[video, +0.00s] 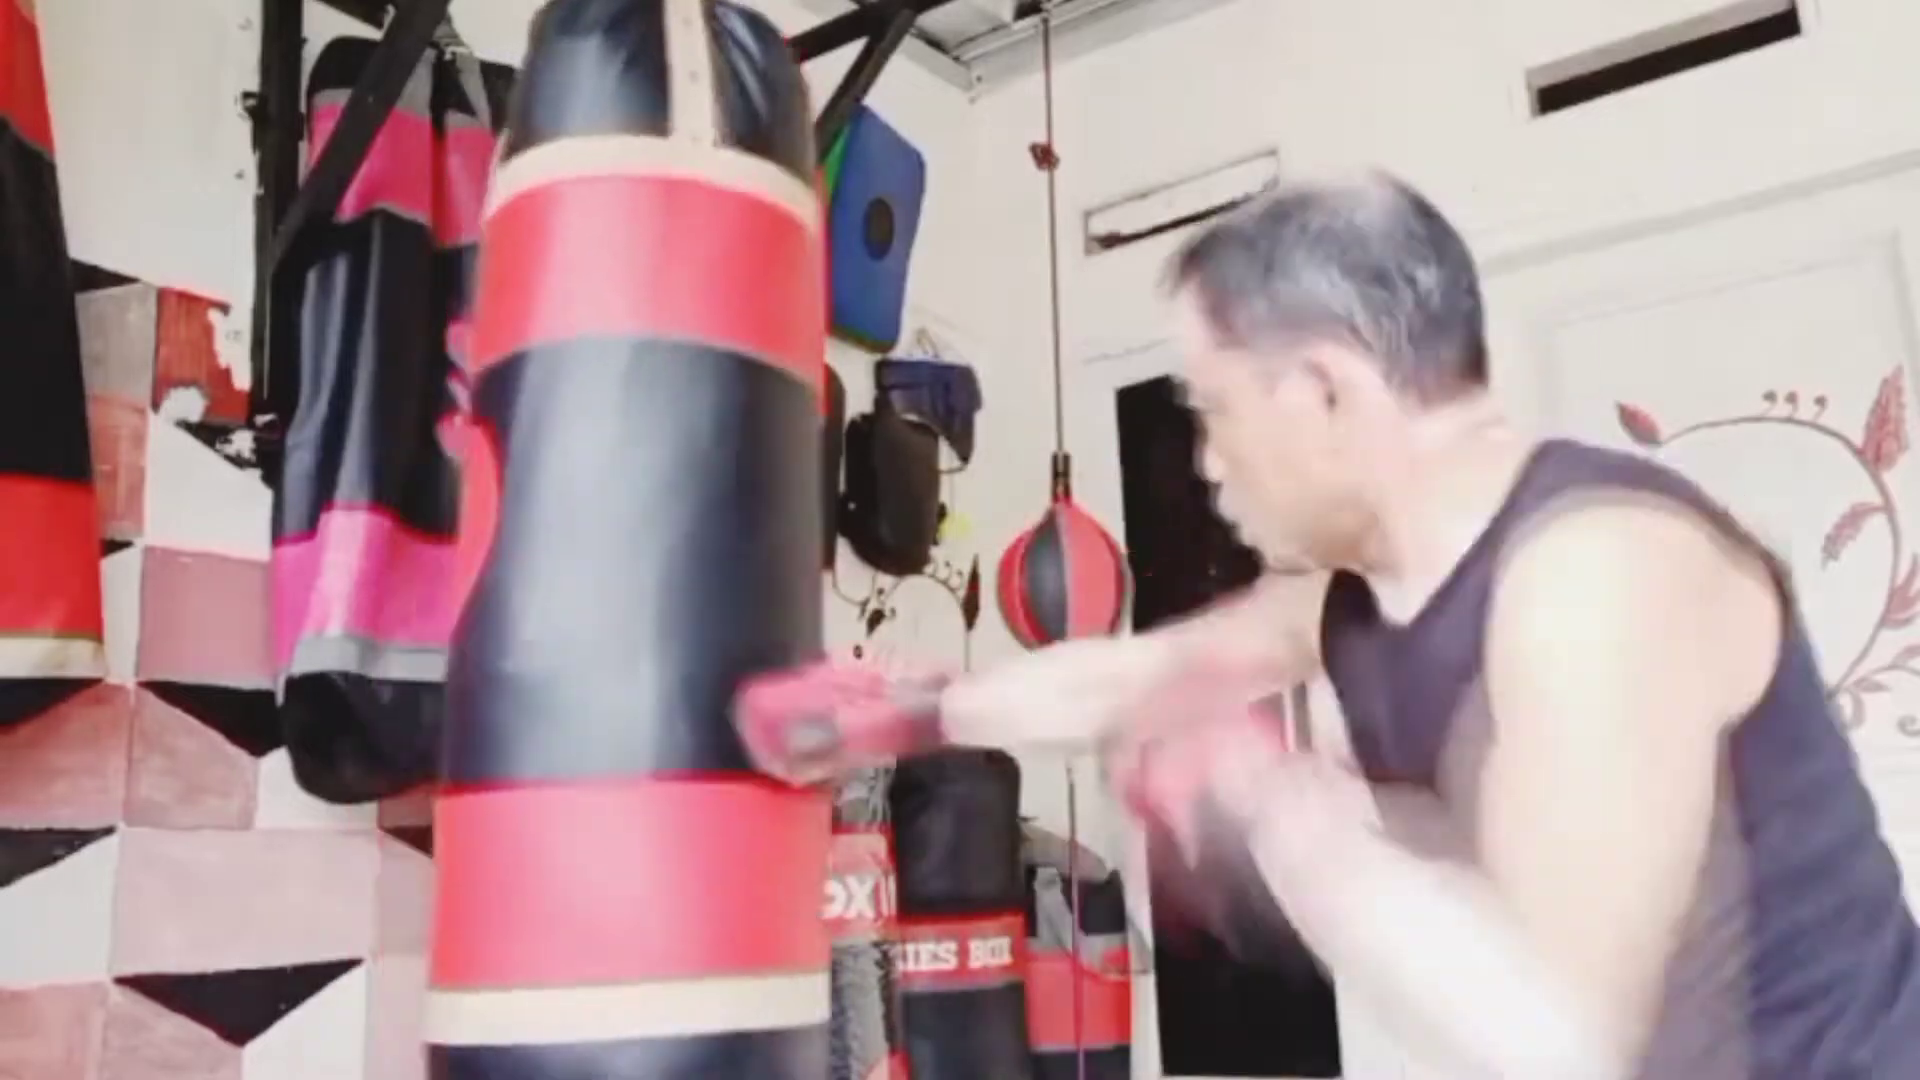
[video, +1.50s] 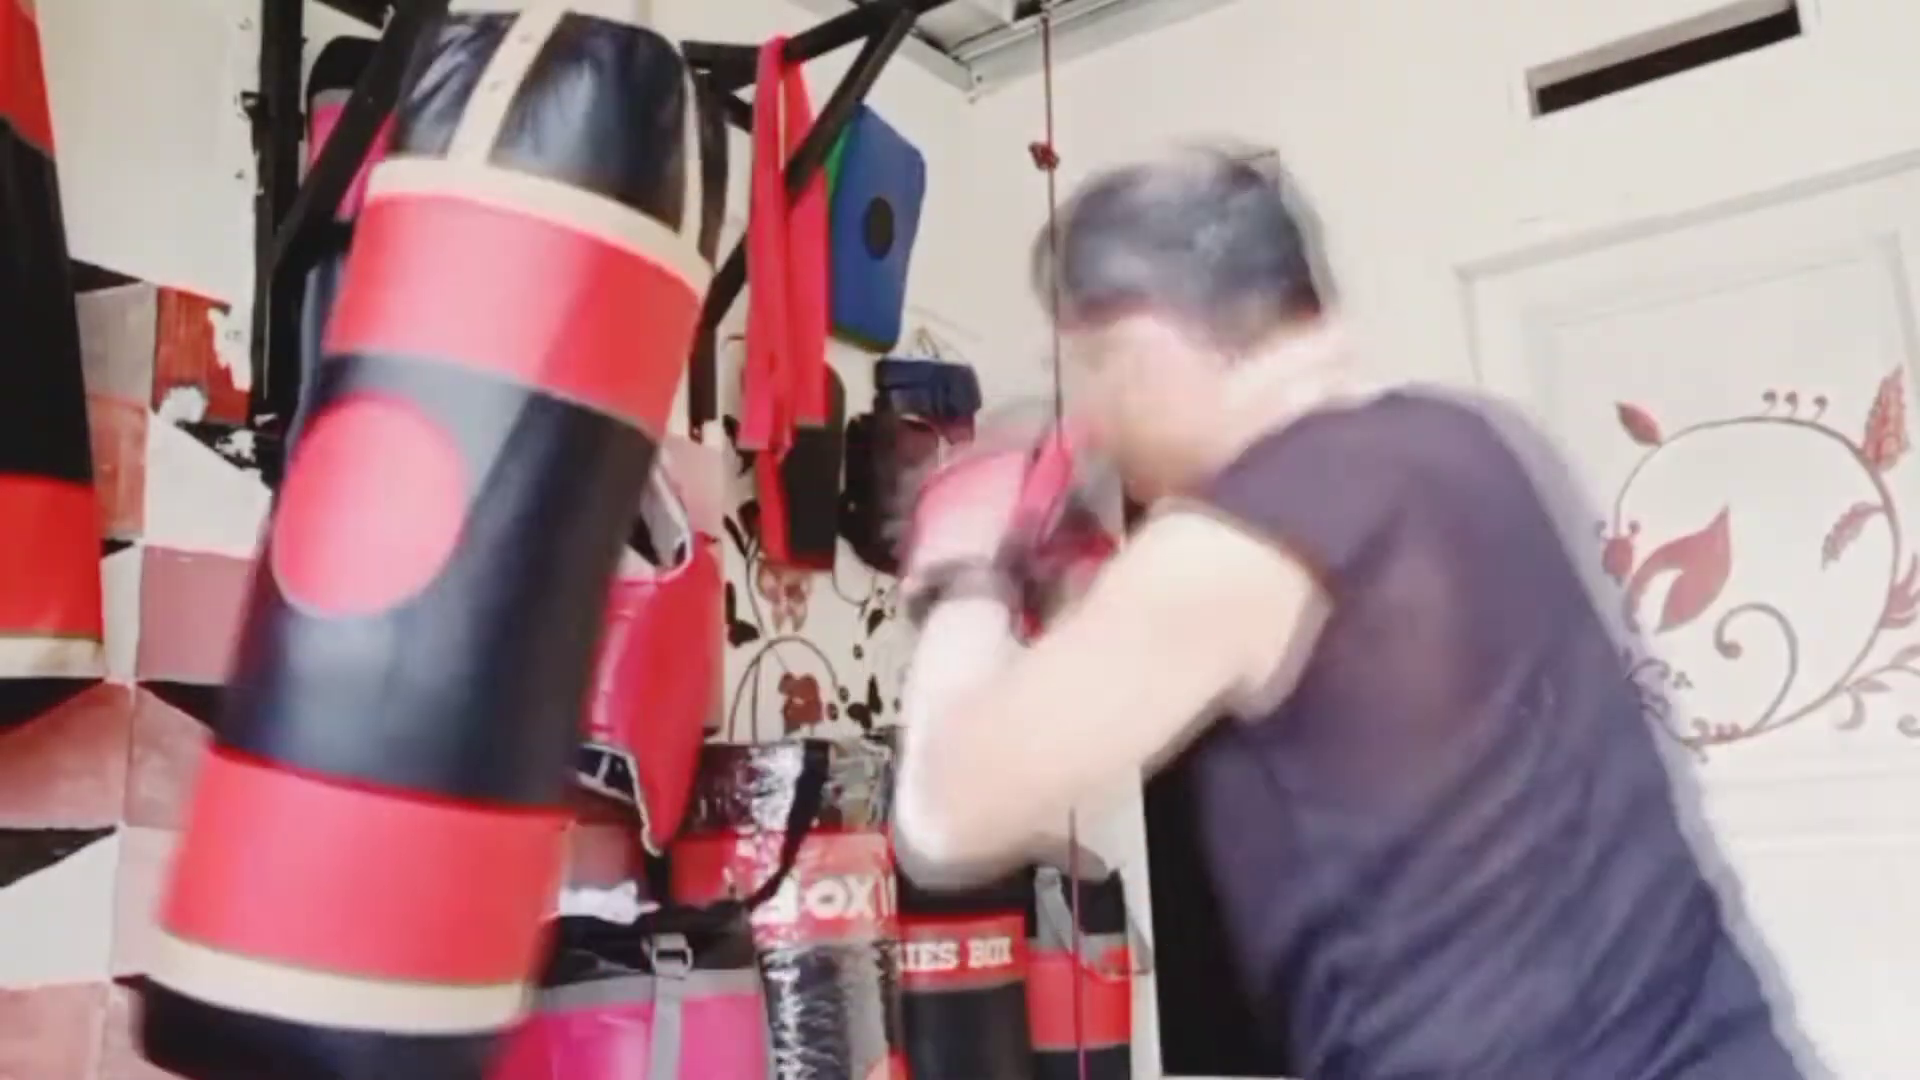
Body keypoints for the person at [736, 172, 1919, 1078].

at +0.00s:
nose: (1205, 462)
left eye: (1210, 410)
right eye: (1197, 418)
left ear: (1333, 382)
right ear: (1339, 384)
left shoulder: (1609, 574)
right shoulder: (1381, 574)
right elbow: (1153, 677)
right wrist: (918, 711)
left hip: (1809, 1057)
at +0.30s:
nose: (1192, 405)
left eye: (1191, 364)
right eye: (1180, 368)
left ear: (1278, 322)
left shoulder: (1505, 617)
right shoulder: (1472, 444)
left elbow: (1237, 1027)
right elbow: (1334, 527)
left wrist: (1109, 769)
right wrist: (1180, 573)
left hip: (1782, 1055)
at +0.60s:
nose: (1443, 315)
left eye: (1432, 260)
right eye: (1423, 264)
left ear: (1517, 220)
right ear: (1653, 199)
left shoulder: (1662, 435)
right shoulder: (1864, 398)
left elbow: (1345, 829)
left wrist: (1339, 574)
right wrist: (1494, 501)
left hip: (1797, 1051)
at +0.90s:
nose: (1460, 354)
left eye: (1460, 323)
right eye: (1460, 326)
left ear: (1497, 308)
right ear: (1703, 300)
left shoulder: (1473, 489)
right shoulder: (1862, 456)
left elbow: (1112, 672)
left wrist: (1146, 547)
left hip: (1623, 1050)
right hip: (1881, 1038)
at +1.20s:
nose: (1064, 462)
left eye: (1057, 422)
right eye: (1044, 429)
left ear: (1131, 385)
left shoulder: (1321, 610)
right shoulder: (1361, 449)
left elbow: (1004, 883)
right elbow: (1152, 503)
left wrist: (964, 656)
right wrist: (882, 501)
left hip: (1451, 1059)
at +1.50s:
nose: (1082, 423)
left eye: (1080, 369)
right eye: (1071, 377)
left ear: (1145, 335)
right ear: (1289, 300)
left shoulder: (1252, 531)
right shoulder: (1490, 444)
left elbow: (951, 818)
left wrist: (960, 571)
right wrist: (1092, 580)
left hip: (1469, 1063)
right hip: (1715, 1048)